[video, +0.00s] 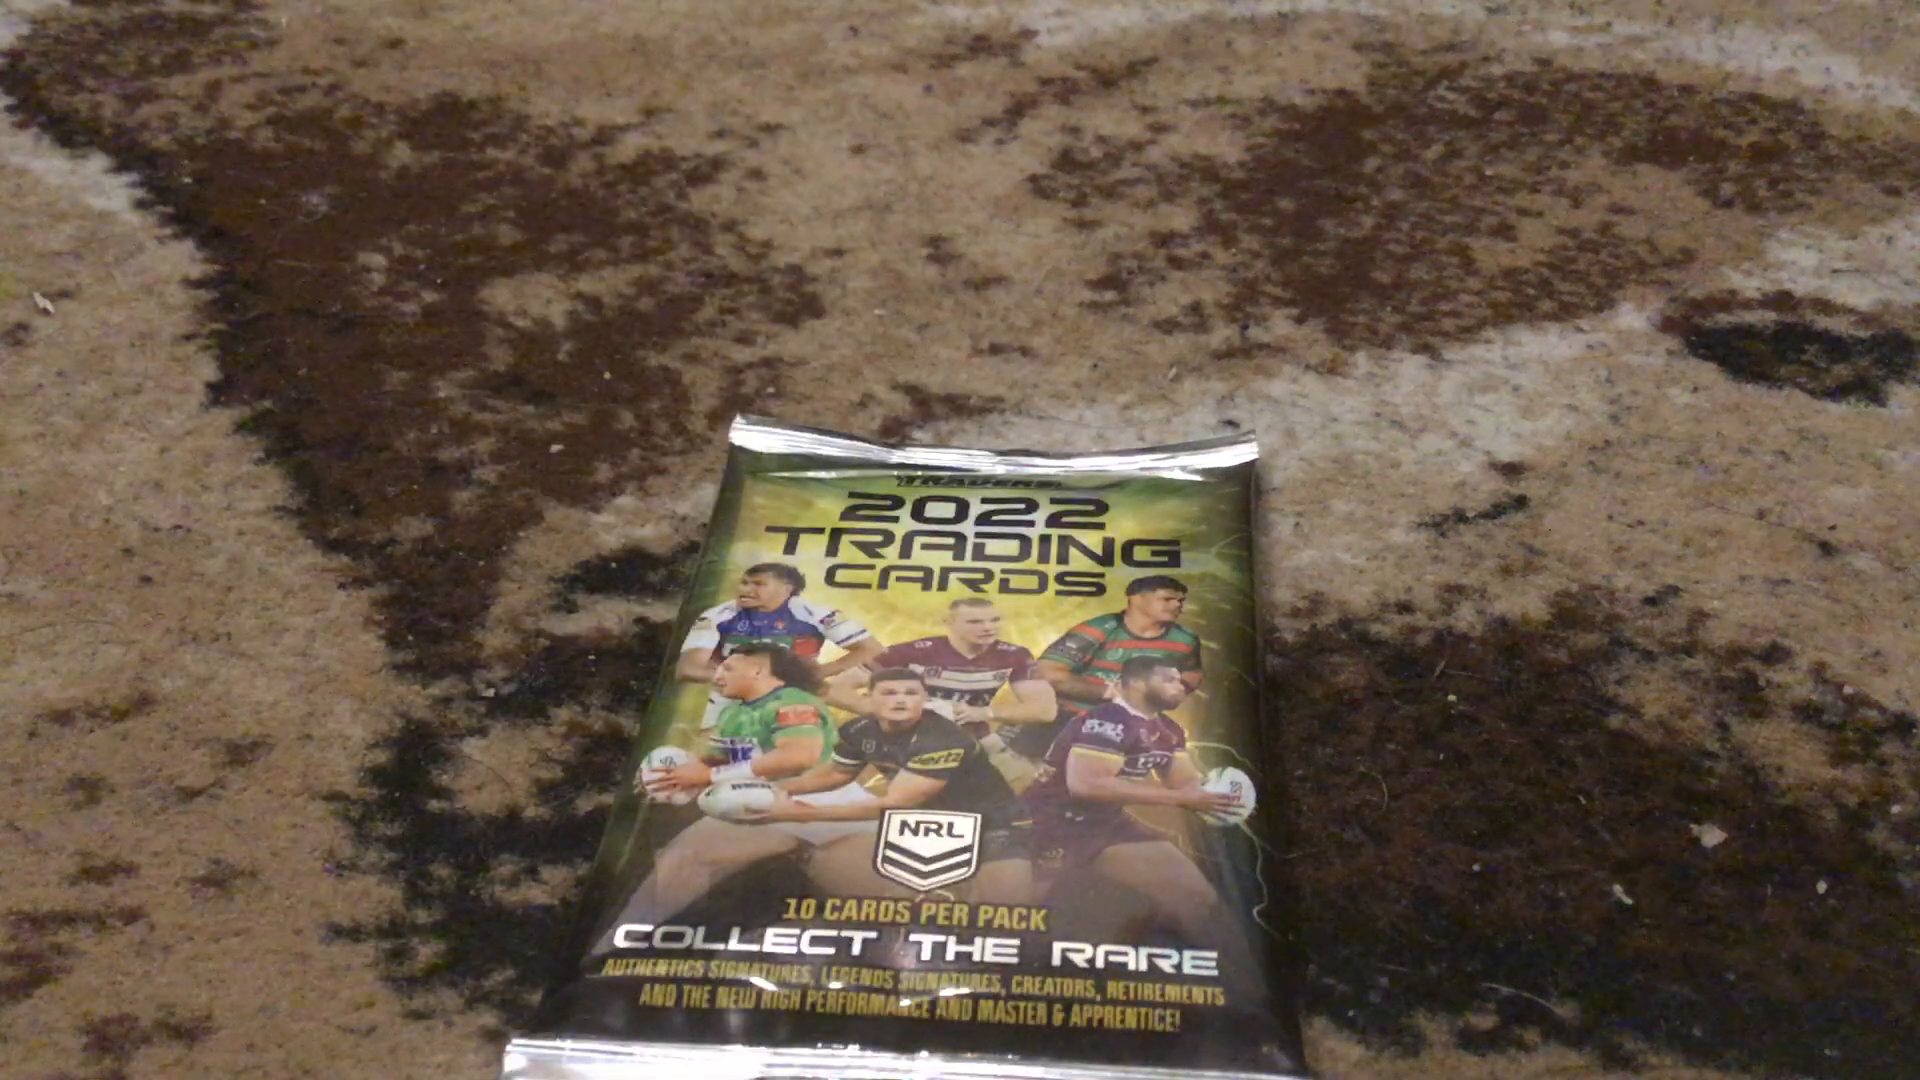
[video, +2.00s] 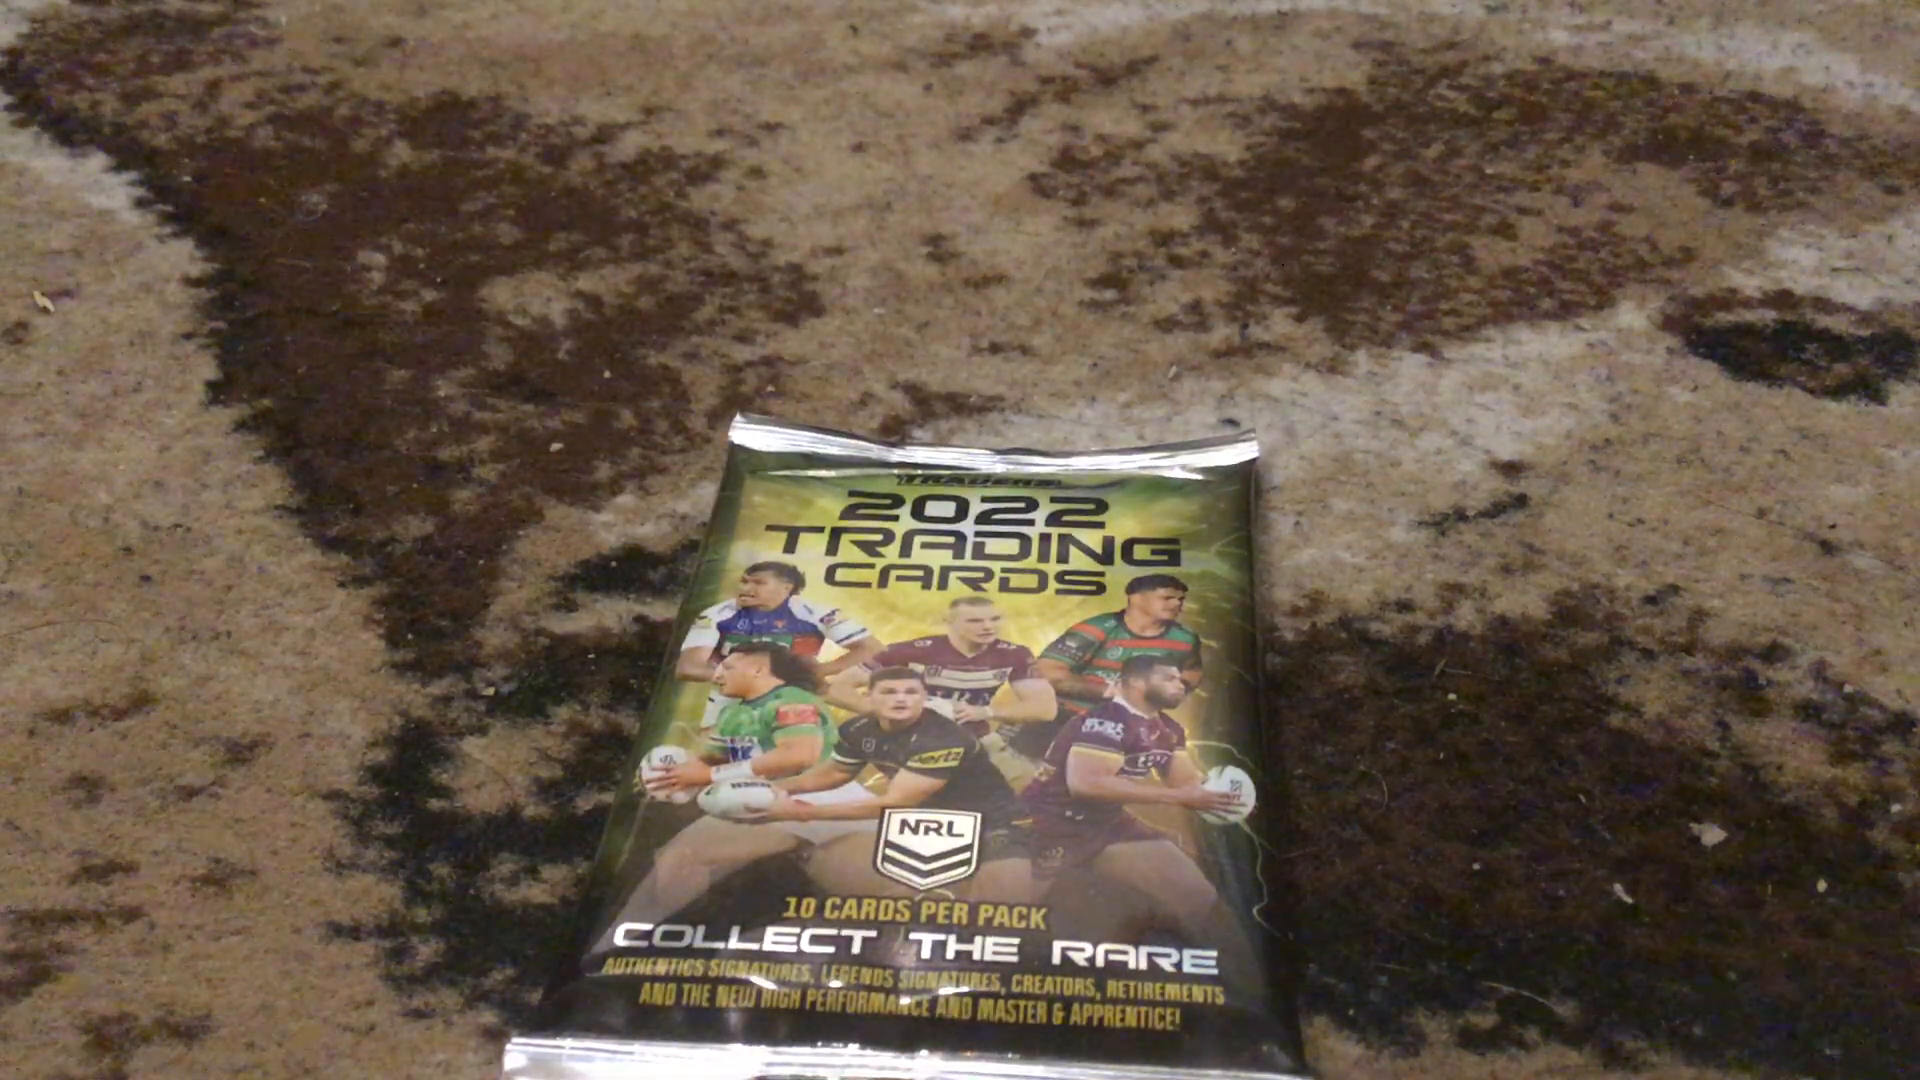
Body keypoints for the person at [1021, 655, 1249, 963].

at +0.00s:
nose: (1178, 683)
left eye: (1178, 678)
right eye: (1167, 677)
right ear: (1134, 681)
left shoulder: (1167, 732)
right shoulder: (1106, 720)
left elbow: (1187, 783)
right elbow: (1084, 783)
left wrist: (1221, 797)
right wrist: (1180, 797)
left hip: (1104, 825)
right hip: (1048, 827)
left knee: (1197, 898)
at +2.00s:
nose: (1180, 683)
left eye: (1178, 678)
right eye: (1169, 678)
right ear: (1133, 682)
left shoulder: (1167, 732)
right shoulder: (1106, 720)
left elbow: (1188, 784)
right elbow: (1084, 781)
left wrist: (1225, 798)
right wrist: (1180, 796)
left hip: (1105, 825)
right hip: (1043, 826)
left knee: (1198, 899)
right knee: (997, 929)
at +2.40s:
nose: (1180, 683)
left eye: (1178, 678)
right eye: (1169, 677)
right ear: (1134, 681)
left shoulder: (1168, 732)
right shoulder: (1106, 719)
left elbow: (1188, 784)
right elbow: (1085, 781)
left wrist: (1225, 798)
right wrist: (1180, 796)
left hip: (1106, 825)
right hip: (1047, 825)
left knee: (1196, 897)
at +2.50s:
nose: (1180, 683)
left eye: (1178, 677)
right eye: (1169, 677)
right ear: (1134, 681)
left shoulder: (1170, 731)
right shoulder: (1107, 719)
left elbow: (1188, 784)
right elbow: (1084, 780)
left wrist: (1220, 798)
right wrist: (1182, 796)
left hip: (1109, 822)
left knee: (1195, 896)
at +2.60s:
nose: (1181, 683)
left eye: (1178, 677)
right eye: (1169, 677)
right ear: (1134, 682)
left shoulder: (1169, 731)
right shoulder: (1107, 718)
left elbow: (1186, 783)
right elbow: (1084, 780)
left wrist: (1221, 797)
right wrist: (1182, 796)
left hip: (1106, 820)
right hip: (1058, 819)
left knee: (1194, 895)